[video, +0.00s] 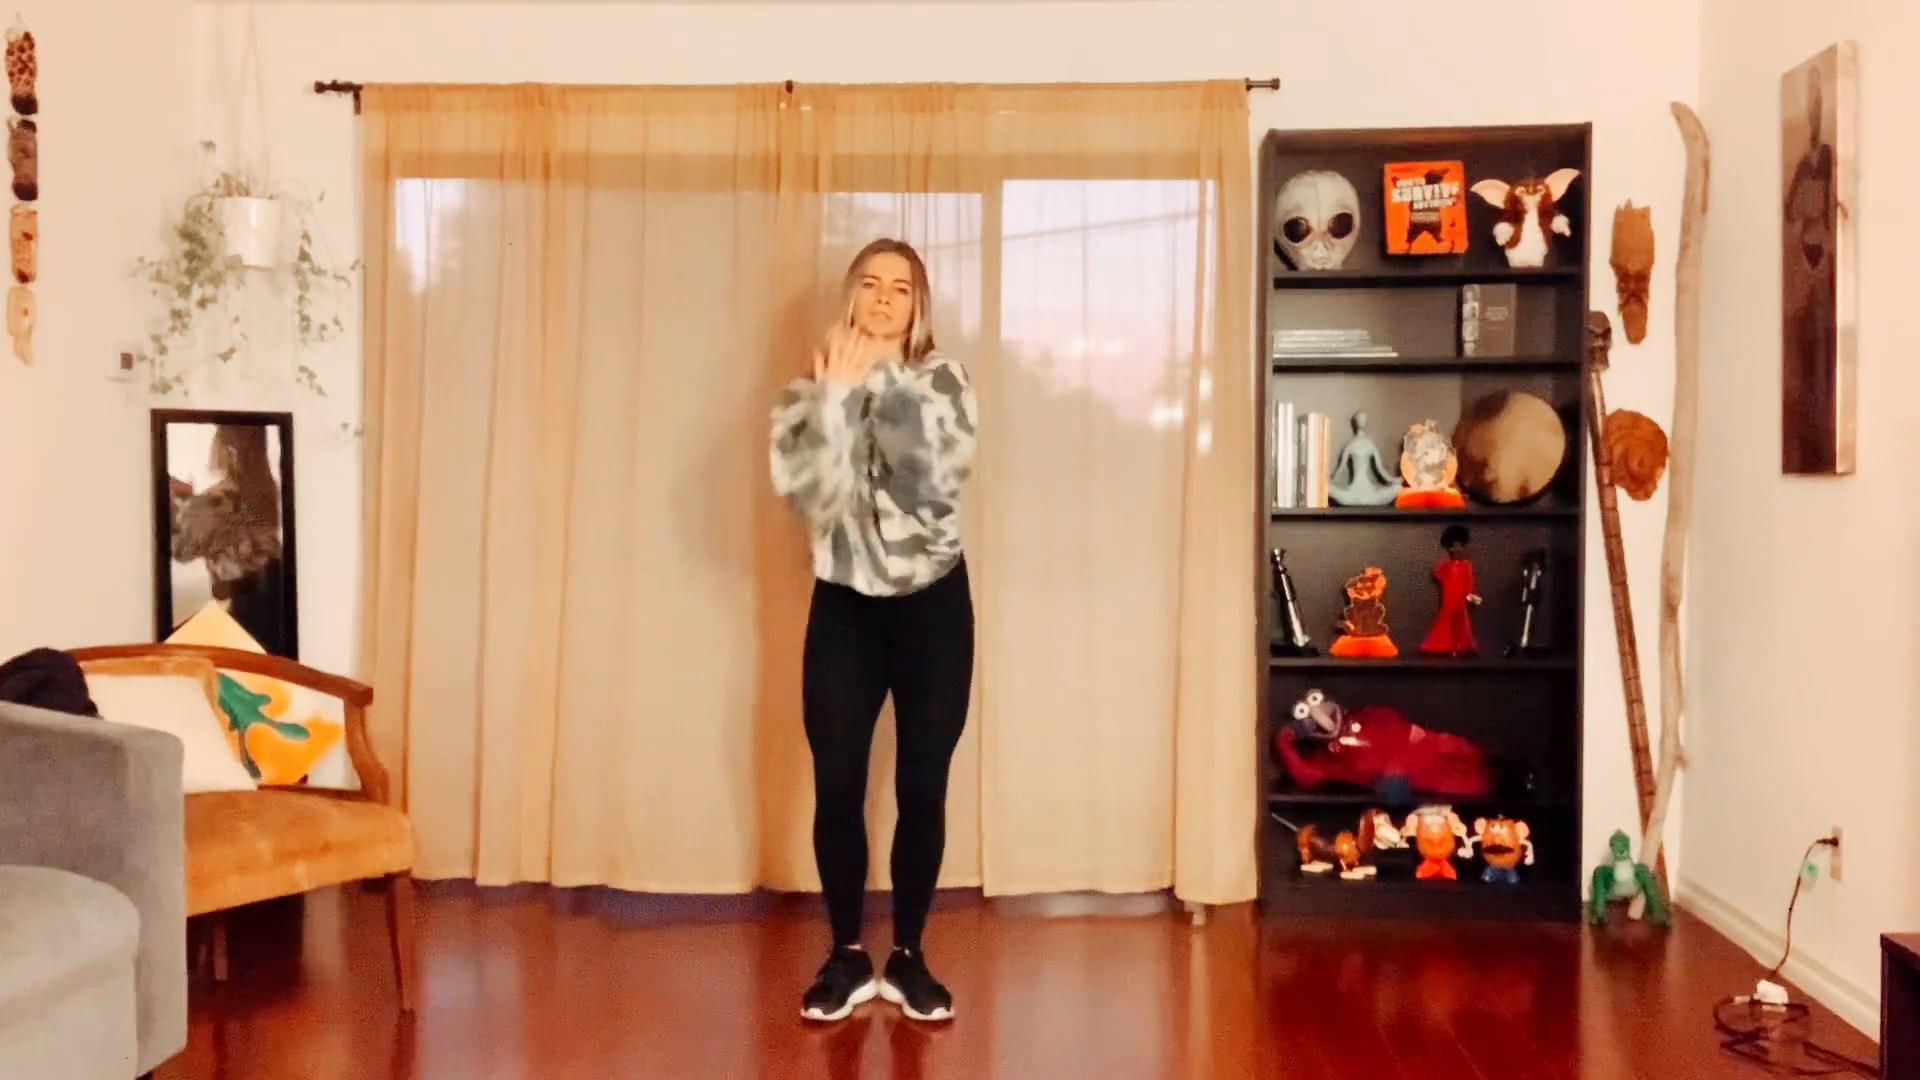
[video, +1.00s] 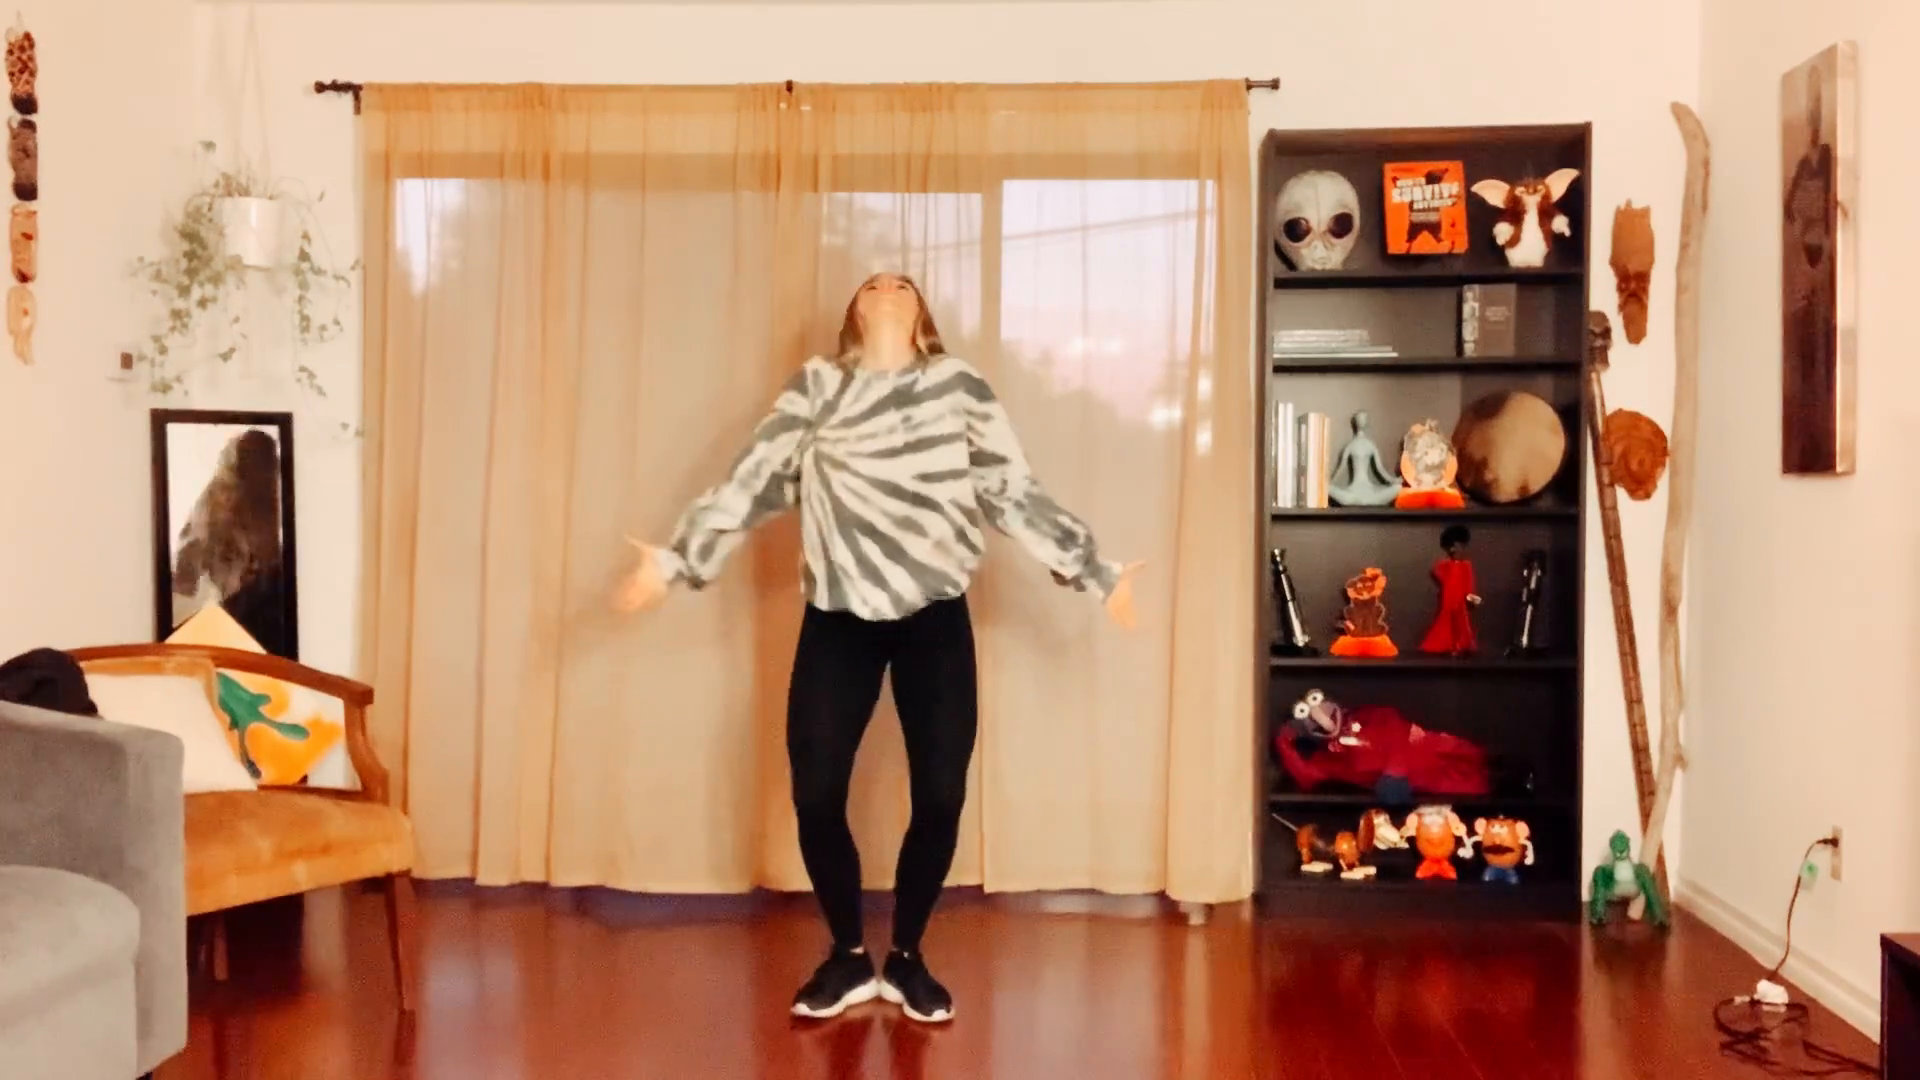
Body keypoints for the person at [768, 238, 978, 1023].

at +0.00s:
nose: (883, 298)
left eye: (900, 289)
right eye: (870, 284)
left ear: (919, 306)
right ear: (846, 297)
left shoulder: (941, 383)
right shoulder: (810, 395)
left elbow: (937, 489)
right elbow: (811, 498)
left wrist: (888, 385)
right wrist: (836, 392)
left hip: (933, 609)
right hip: (844, 609)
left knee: (921, 791)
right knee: (838, 789)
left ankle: (906, 958)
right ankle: (849, 958)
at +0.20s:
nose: (893, 297)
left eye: (909, 287)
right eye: (879, 284)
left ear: (929, 303)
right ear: (858, 297)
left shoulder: (951, 384)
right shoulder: (820, 387)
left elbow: (941, 460)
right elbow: (810, 461)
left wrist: (876, 474)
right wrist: (866, 473)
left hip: (932, 607)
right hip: (843, 605)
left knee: (918, 788)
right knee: (837, 786)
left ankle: (905, 959)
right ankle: (848, 956)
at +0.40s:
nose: (896, 294)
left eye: (912, 284)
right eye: (882, 282)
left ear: (932, 301)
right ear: (862, 297)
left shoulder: (961, 395)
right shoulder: (822, 393)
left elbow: (998, 510)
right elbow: (787, 504)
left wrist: (1049, 611)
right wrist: (738, 607)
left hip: (930, 614)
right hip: (839, 613)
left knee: (919, 791)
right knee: (837, 791)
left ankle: (905, 960)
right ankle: (848, 958)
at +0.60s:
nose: (889, 295)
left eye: (905, 284)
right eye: (875, 283)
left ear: (927, 300)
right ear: (856, 297)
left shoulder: (953, 383)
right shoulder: (831, 382)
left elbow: (1008, 468)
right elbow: (794, 472)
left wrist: (1070, 533)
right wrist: (728, 523)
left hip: (927, 607)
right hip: (834, 606)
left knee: (913, 790)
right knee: (834, 791)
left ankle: (905, 958)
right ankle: (848, 958)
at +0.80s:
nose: (888, 305)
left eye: (904, 296)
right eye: (874, 295)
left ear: (927, 319)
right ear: (853, 316)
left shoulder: (960, 403)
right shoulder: (817, 404)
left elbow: (1030, 504)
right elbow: (739, 489)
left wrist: (1109, 580)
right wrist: (657, 566)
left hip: (930, 624)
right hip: (837, 621)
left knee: (918, 798)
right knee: (829, 794)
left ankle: (905, 959)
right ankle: (849, 958)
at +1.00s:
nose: (885, 287)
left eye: (901, 286)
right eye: (871, 285)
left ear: (923, 323)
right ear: (851, 323)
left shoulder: (958, 386)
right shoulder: (820, 386)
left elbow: (1013, 492)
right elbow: (751, 479)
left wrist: (1096, 569)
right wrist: (674, 558)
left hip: (934, 615)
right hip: (839, 616)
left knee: (941, 797)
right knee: (815, 795)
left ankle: (905, 959)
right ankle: (849, 958)